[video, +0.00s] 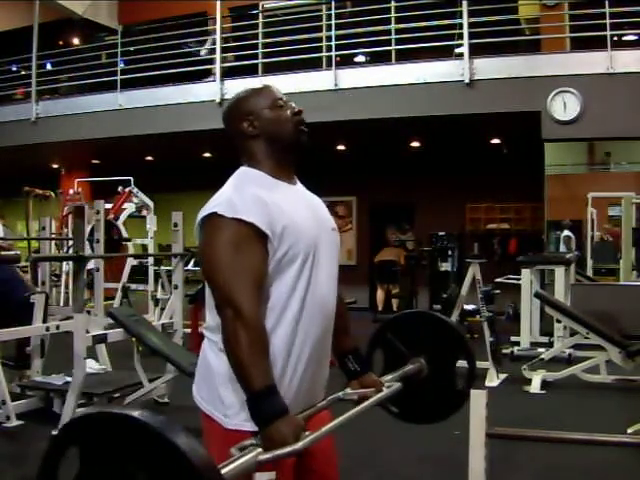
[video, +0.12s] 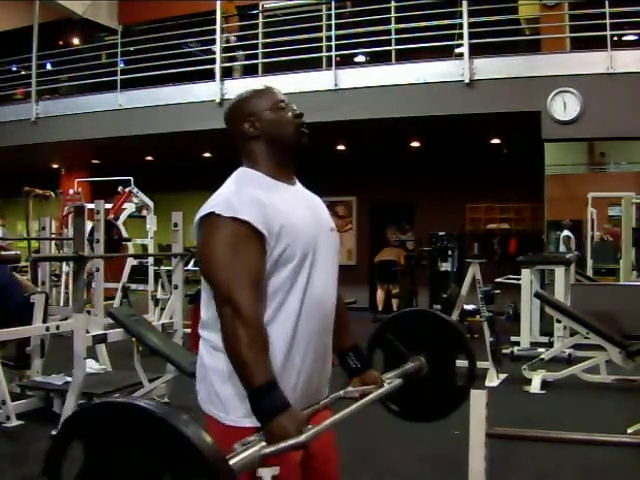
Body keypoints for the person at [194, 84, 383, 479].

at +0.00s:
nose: (296, 110)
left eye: (290, 103)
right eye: (279, 106)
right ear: (249, 127)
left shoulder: (311, 204)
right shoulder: (237, 204)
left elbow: (326, 299)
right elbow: (239, 315)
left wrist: (355, 370)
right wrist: (270, 411)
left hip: (308, 407)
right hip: (247, 419)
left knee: (323, 473)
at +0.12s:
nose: (296, 113)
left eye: (291, 107)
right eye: (280, 108)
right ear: (249, 127)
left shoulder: (311, 204)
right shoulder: (235, 205)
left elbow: (326, 298)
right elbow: (237, 313)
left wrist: (357, 366)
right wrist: (271, 408)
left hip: (310, 405)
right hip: (251, 420)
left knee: (326, 473)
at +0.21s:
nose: (296, 112)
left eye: (291, 105)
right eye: (279, 107)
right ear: (248, 127)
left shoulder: (309, 205)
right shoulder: (232, 205)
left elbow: (327, 297)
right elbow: (235, 315)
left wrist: (356, 367)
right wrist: (270, 407)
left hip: (310, 407)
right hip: (249, 422)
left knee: (326, 472)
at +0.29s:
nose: (295, 112)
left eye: (291, 105)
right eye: (278, 107)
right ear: (247, 126)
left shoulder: (307, 204)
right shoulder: (232, 206)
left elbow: (326, 297)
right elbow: (233, 319)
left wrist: (355, 369)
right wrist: (270, 410)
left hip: (308, 405)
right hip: (246, 419)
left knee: (323, 471)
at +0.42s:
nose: (297, 110)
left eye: (291, 103)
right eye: (279, 106)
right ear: (248, 125)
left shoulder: (308, 205)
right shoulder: (232, 207)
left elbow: (326, 297)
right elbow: (232, 320)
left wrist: (351, 369)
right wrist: (268, 413)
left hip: (306, 406)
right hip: (244, 420)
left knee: (320, 471)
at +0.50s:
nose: (297, 109)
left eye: (291, 102)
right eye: (280, 105)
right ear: (249, 125)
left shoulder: (308, 204)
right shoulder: (231, 207)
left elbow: (326, 298)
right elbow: (230, 318)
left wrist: (350, 370)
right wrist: (267, 413)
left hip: (303, 407)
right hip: (242, 420)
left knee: (318, 471)